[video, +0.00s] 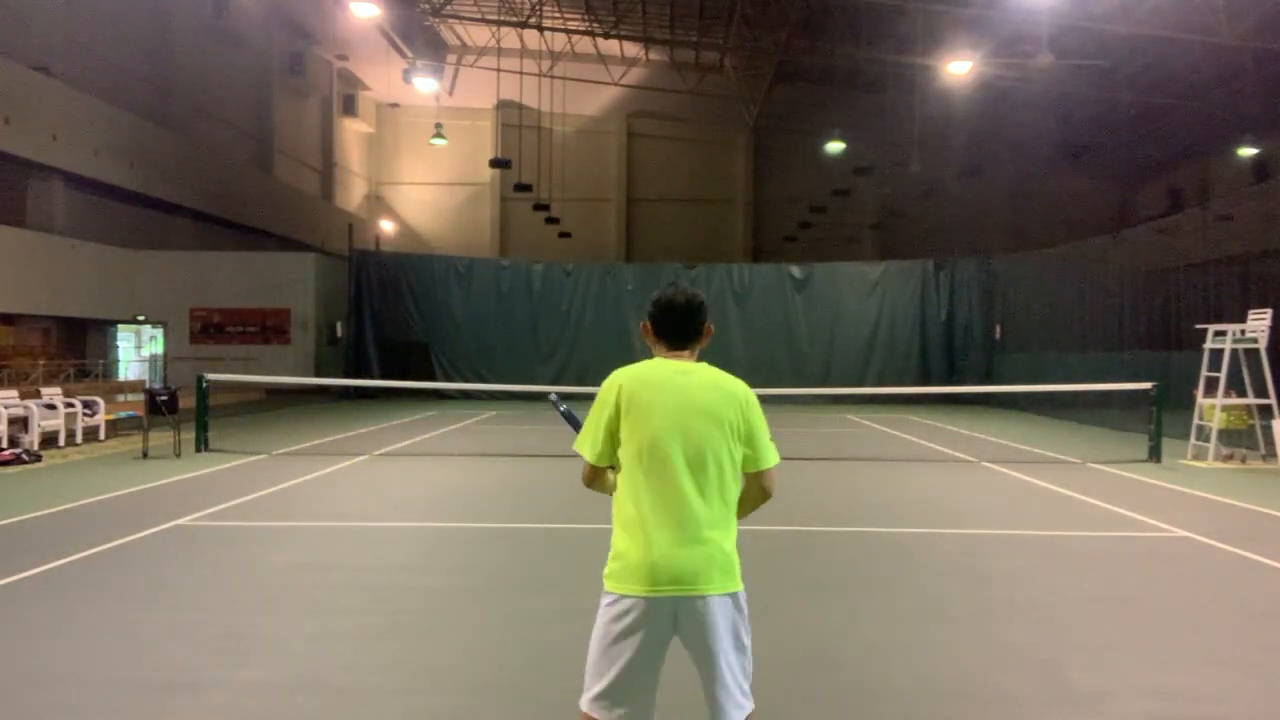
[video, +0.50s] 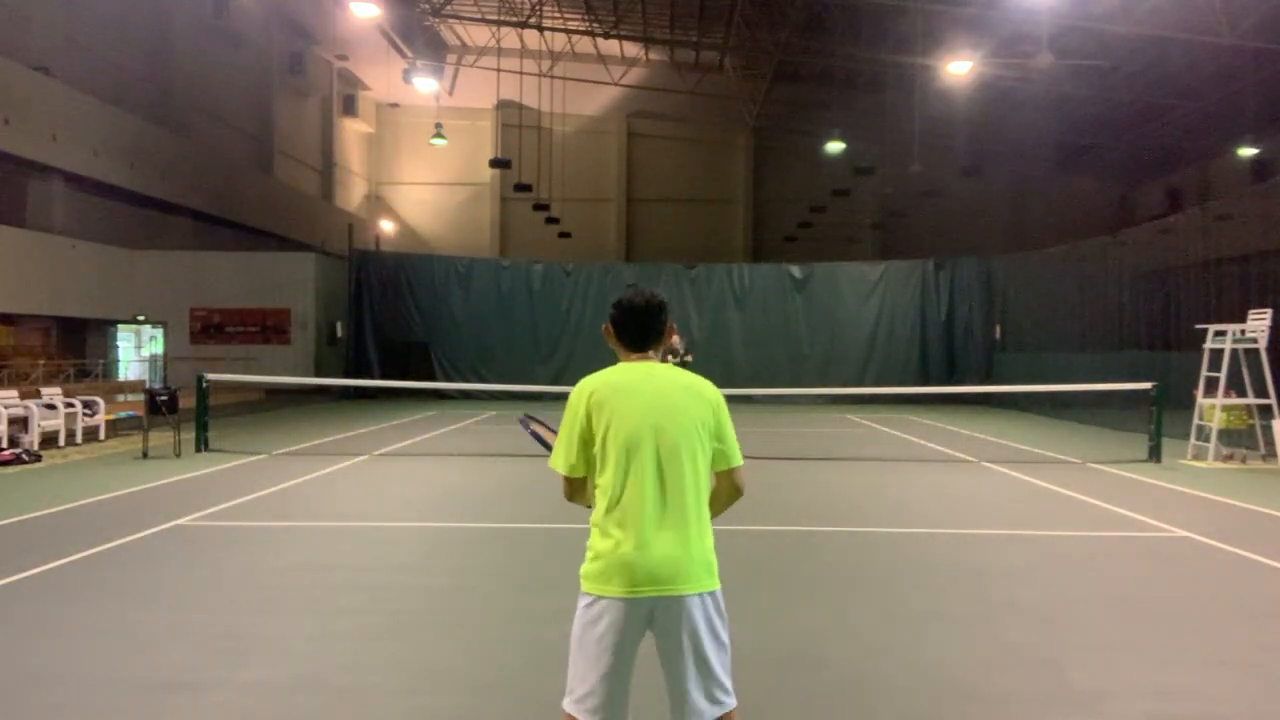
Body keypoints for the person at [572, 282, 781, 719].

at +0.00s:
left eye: (647, 327)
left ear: (647, 332)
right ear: (706, 334)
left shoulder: (622, 383)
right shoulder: (736, 392)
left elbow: (593, 476)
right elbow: (762, 485)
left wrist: (636, 484)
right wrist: (717, 513)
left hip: (635, 576)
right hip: (713, 577)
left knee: (604, 707)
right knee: (732, 707)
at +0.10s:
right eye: (699, 324)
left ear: (644, 332)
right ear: (702, 332)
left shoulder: (621, 387)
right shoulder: (732, 392)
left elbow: (592, 480)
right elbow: (762, 485)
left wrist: (631, 492)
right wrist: (718, 515)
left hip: (634, 577)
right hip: (712, 577)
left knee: (602, 707)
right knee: (735, 706)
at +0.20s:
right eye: (692, 324)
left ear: (633, 331)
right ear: (693, 332)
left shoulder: (613, 389)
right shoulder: (724, 392)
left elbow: (589, 484)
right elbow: (754, 484)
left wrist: (626, 493)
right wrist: (711, 516)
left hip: (631, 575)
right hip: (708, 575)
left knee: (599, 707)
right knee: (730, 707)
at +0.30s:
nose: (681, 330)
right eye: (681, 325)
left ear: (620, 335)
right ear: (680, 333)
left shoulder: (602, 393)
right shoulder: (714, 393)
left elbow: (583, 490)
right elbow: (744, 486)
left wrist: (627, 497)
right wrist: (698, 515)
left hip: (625, 578)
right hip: (702, 578)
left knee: (594, 709)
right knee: (723, 709)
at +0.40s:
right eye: (671, 329)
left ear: (610, 337)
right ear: (670, 335)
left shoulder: (595, 394)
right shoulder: (705, 394)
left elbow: (576, 493)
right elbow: (735, 487)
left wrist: (621, 497)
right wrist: (690, 517)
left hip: (618, 578)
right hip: (695, 577)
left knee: (588, 709)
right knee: (717, 708)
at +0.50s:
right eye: (670, 327)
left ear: (609, 334)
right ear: (669, 332)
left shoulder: (591, 391)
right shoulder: (704, 392)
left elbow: (575, 489)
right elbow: (731, 485)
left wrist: (623, 497)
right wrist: (685, 516)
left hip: (613, 574)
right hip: (691, 574)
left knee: (586, 708)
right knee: (713, 707)